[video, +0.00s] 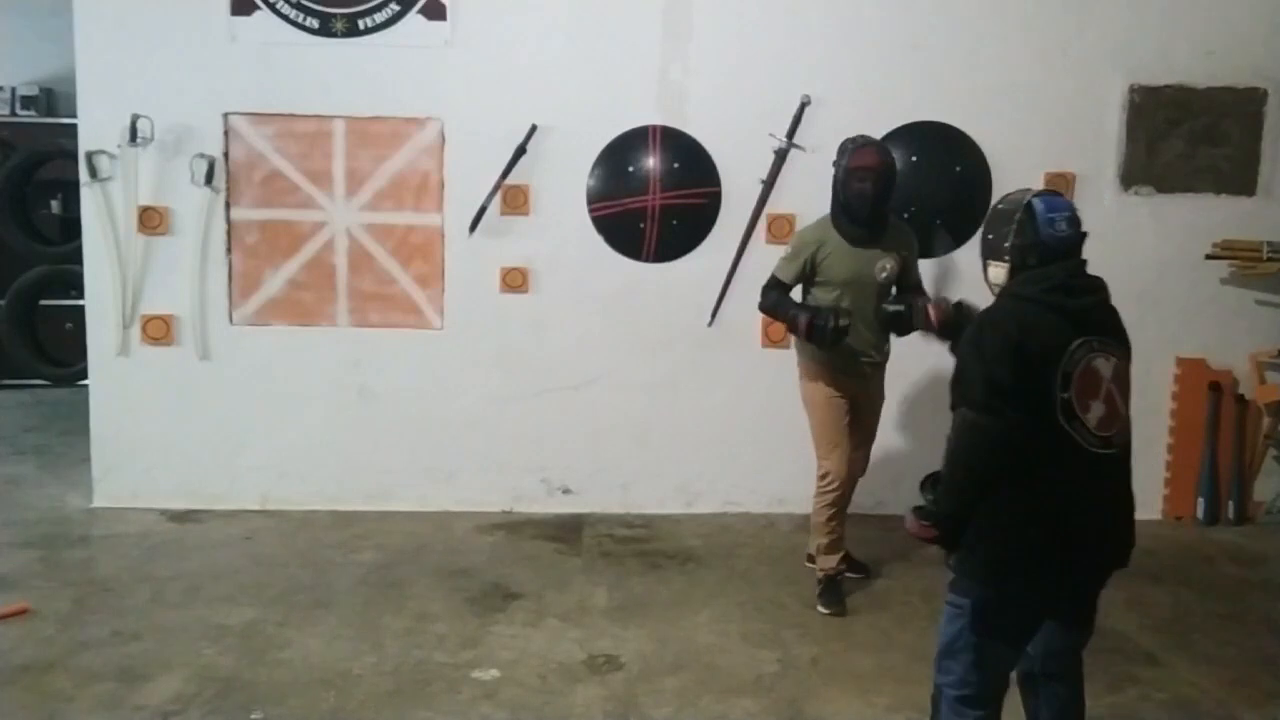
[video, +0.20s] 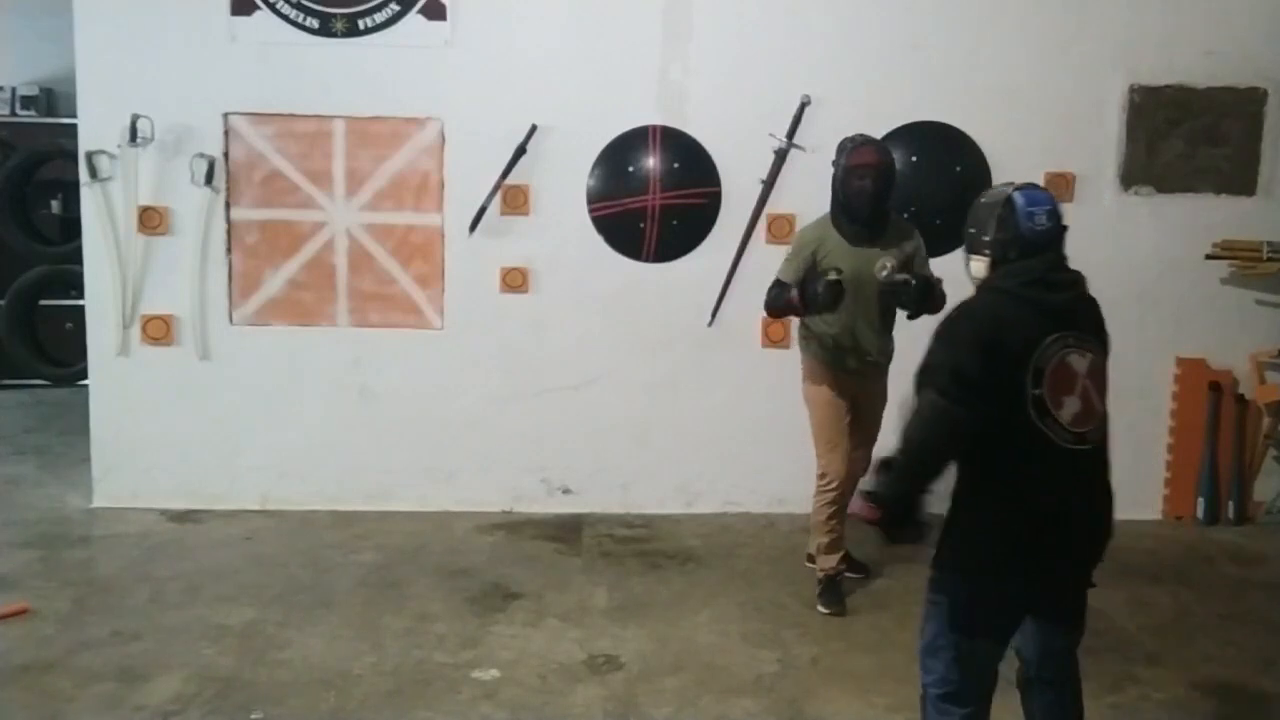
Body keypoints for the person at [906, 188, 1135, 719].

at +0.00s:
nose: (988, 258)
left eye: (994, 246)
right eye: (991, 246)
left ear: (1012, 251)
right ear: (1064, 247)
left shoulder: (1002, 326)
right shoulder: (1100, 315)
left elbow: (978, 437)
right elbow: (1037, 366)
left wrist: (942, 515)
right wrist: (954, 322)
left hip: (1008, 540)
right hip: (1090, 536)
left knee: (964, 686)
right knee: (1053, 675)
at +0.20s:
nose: (972, 255)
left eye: (978, 244)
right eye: (975, 243)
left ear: (994, 248)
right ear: (1048, 242)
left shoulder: (979, 320)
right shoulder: (1083, 311)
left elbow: (938, 422)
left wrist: (892, 491)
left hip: (992, 530)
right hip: (1075, 525)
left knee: (951, 680)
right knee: (1051, 676)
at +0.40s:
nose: (948, 240)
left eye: (954, 231)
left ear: (963, 241)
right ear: (1029, 238)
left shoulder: (943, 316)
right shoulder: (1076, 317)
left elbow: (900, 406)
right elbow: (1130, 393)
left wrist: (821, 469)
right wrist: (1161, 368)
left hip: (957, 533)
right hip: (1047, 531)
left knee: (937, 673)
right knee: (1034, 665)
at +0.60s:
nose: (942, 247)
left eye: (948, 237)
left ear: (958, 243)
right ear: (1030, 243)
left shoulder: (914, 320)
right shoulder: (1072, 324)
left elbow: (848, 400)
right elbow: (1148, 408)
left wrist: (787, 398)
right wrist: (1178, 361)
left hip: (933, 545)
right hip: (1025, 541)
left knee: (930, 690)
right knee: (1016, 669)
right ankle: (1014, 714)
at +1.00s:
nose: (970, 235)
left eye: (977, 227)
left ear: (980, 234)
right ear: (1047, 239)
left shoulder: (933, 301)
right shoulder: (1078, 313)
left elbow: (860, 357)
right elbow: (1150, 372)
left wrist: (856, 439)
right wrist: (1139, 299)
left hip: (937, 509)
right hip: (1024, 514)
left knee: (911, 639)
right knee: (1012, 640)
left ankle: (914, 714)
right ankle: (1009, 712)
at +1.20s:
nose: (960, 227)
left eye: (965, 220)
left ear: (970, 227)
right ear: (1031, 230)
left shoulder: (930, 297)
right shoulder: (1061, 309)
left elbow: (892, 391)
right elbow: (1067, 381)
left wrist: (887, 468)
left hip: (930, 492)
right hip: (1014, 496)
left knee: (883, 621)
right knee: (1004, 632)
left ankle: (862, 710)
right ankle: (1008, 714)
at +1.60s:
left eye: (887, 205)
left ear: (882, 215)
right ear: (961, 224)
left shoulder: (858, 295)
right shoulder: (981, 304)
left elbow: (806, 375)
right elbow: (980, 401)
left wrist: (816, 445)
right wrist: (953, 451)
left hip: (857, 487)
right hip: (943, 488)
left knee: (818, 614)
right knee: (949, 596)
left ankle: (798, 709)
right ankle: (960, 702)